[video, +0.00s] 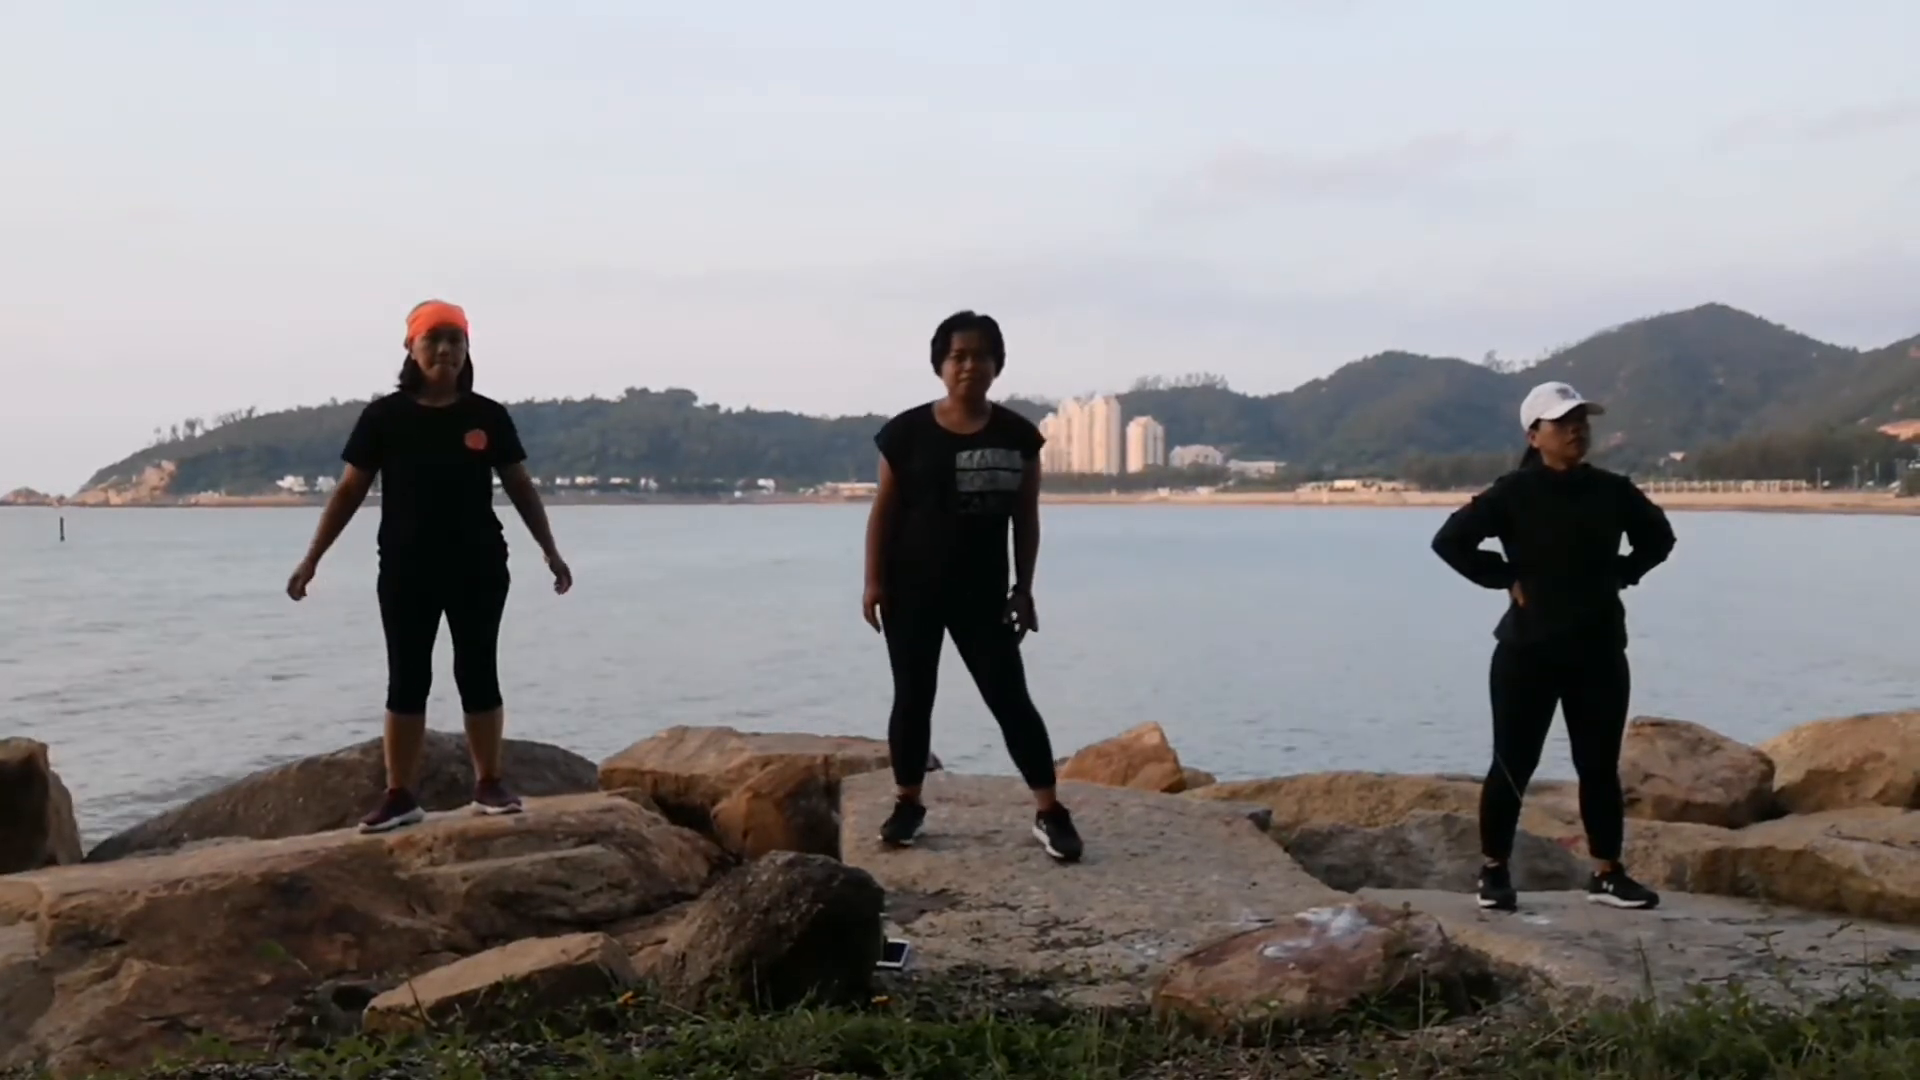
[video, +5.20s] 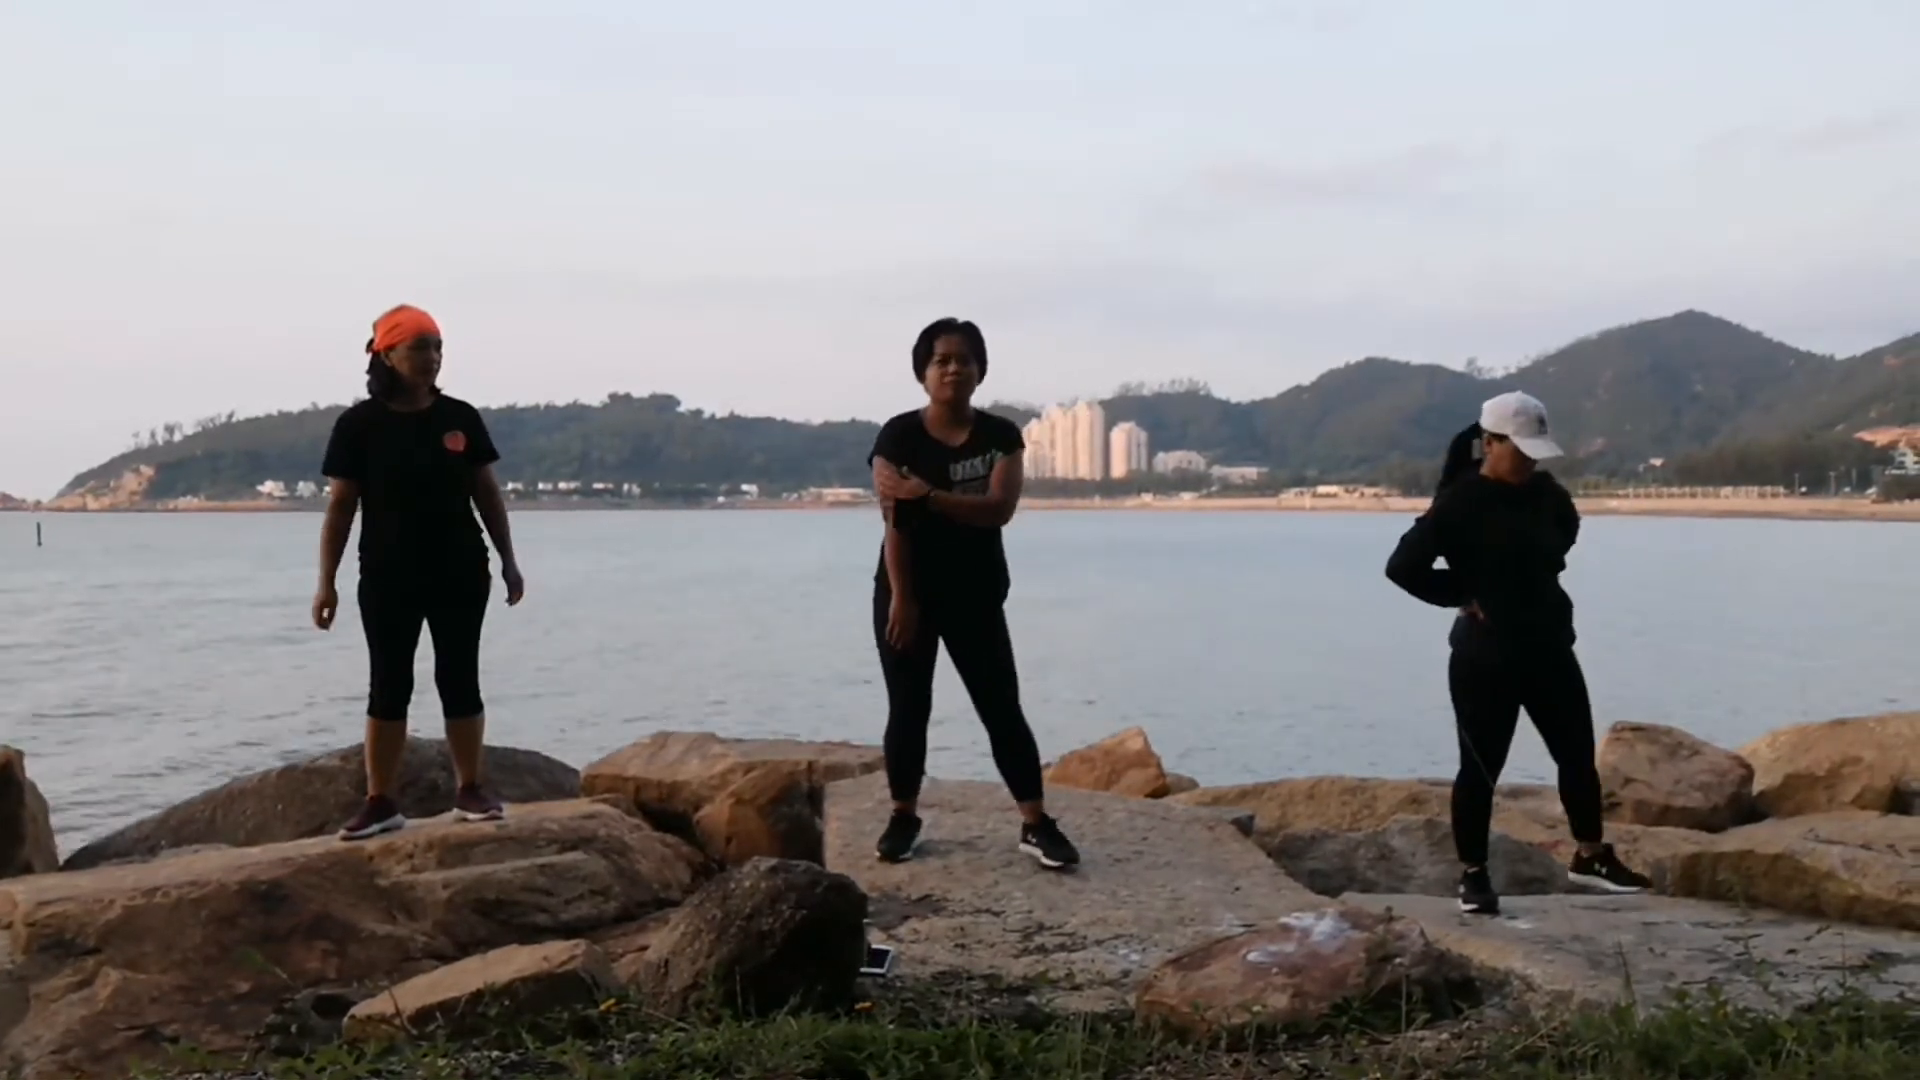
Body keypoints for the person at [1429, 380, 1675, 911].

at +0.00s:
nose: (1579, 431)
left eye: (1581, 421)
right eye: (1566, 423)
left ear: (1585, 425)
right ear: (1535, 434)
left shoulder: (1611, 490)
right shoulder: (1512, 493)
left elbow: (1660, 537)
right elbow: (1449, 543)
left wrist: (1621, 572)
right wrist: (1507, 577)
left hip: (1597, 650)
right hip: (1529, 650)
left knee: (1600, 767)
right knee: (1512, 765)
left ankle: (1608, 873)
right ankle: (1494, 872)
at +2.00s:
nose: (1580, 433)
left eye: (1583, 423)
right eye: (1567, 424)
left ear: (1588, 429)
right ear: (1537, 435)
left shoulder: (1610, 492)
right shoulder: (1511, 493)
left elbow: (1657, 542)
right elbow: (1447, 541)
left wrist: (1613, 578)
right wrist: (1502, 578)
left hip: (1593, 651)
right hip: (1524, 650)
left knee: (1595, 769)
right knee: (1507, 766)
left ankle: (1602, 874)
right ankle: (1489, 874)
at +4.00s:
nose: (1541, 439)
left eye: (1551, 429)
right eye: (1530, 429)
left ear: (1567, 436)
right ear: (1513, 438)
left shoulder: (1594, 495)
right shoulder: (1493, 498)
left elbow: (1645, 542)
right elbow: (1431, 547)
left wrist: (1603, 578)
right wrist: (1487, 581)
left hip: (1581, 653)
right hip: (1512, 653)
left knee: (1586, 770)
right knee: (1498, 768)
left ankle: (1594, 875)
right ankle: (1481, 874)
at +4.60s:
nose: (1493, 442)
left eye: (1502, 432)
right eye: (1482, 433)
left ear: (1512, 436)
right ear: (1459, 437)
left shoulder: (1532, 489)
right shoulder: (1437, 502)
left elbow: (1574, 524)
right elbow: (1380, 561)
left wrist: (1542, 565)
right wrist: (1441, 591)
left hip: (1536, 642)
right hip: (1471, 648)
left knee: (1575, 749)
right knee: (1474, 765)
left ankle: (1555, 836)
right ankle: (1476, 873)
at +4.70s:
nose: (1496, 447)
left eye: (1502, 438)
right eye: (1485, 438)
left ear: (1510, 439)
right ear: (1456, 438)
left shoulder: (1528, 488)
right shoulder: (1432, 502)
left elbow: (1572, 525)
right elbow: (1375, 562)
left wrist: (1541, 564)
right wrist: (1437, 591)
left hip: (1534, 639)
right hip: (1470, 647)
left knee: (1577, 746)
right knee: (1473, 765)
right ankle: (1476, 875)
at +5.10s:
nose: (1515, 457)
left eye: (1519, 447)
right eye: (1505, 446)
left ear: (1521, 444)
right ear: (1474, 442)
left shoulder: (1536, 489)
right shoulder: (1447, 501)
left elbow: (1567, 525)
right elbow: (1388, 567)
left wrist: (1536, 570)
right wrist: (1450, 594)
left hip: (1541, 636)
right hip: (1479, 642)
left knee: (1570, 743)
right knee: (1476, 765)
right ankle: (1473, 874)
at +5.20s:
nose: (1532, 461)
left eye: (1536, 451)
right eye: (1523, 451)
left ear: (1540, 446)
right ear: (1491, 444)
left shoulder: (1549, 493)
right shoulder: (1461, 500)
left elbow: (1566, 537)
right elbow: (1403, 568)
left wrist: (1533, 581)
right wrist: (1462, 595)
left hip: (1547, 642)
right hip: (1486, 648)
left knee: (1577, 751)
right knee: (1480, 765)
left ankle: (1590, 853)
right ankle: (1474, 875)